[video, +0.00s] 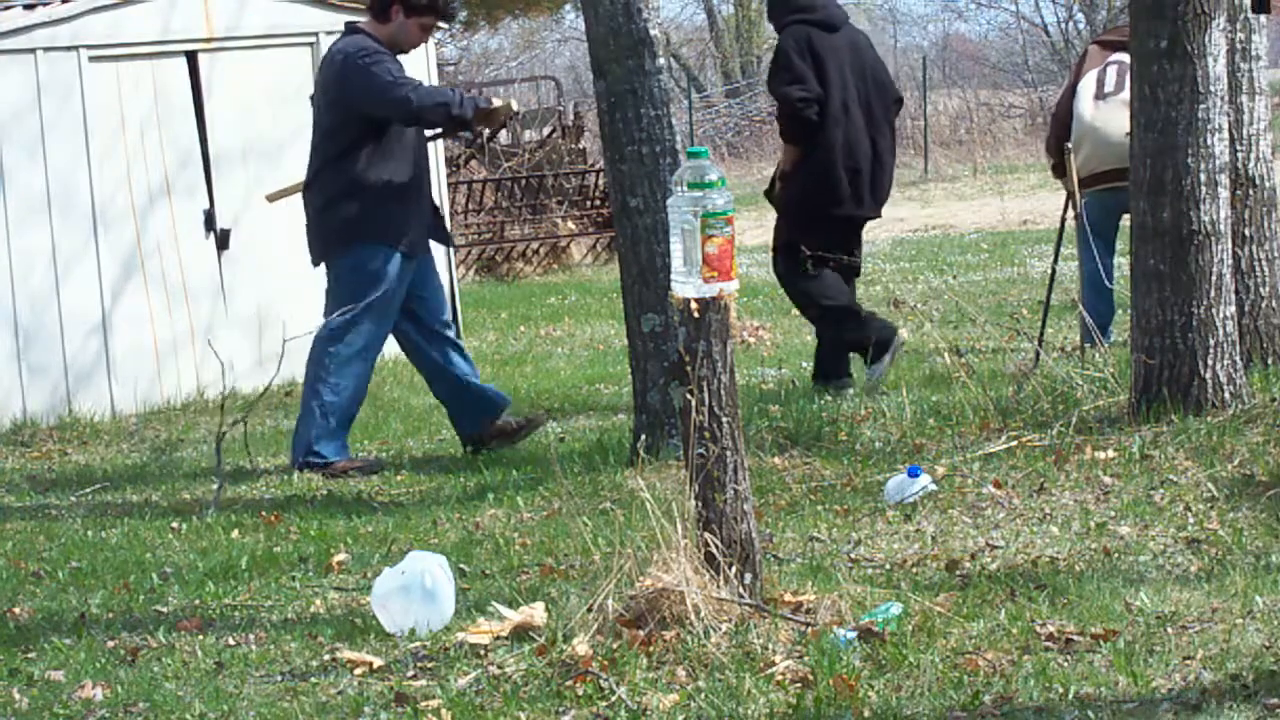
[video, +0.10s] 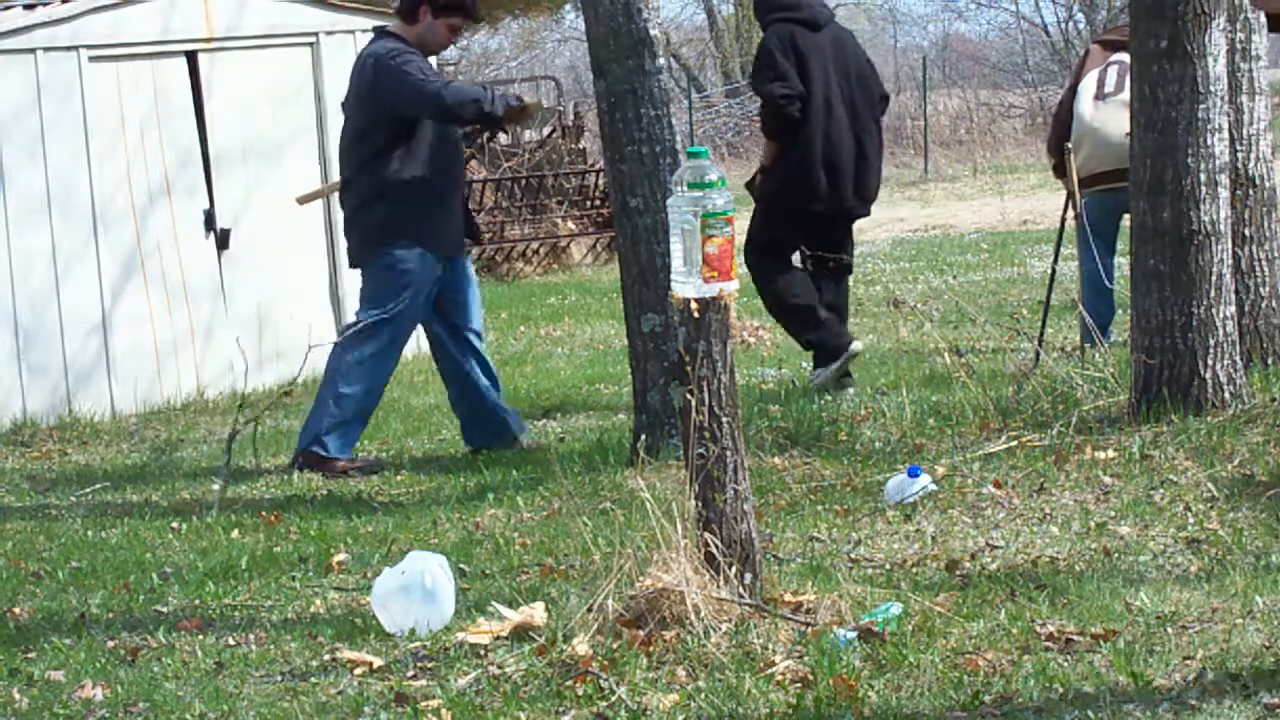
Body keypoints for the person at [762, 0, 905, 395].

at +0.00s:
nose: (770, 18)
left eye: (772, 11)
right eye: (770, 12)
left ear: (784, 8)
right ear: (823, 3)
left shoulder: (794, 40)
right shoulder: (857, 38)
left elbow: (800, 106)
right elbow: (890, 98)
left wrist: (788, 160)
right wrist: (867, 146)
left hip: (817, 176)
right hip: (863, 172)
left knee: (793, 264)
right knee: (840, 270)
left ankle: (875, 336)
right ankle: (831, 376)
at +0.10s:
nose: (757, 15)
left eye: (759, 10)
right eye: (758, 11)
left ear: (768, 8)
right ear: (811, 3)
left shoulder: (778, 38)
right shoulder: (842, 37)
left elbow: (783, 103)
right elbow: (877, 96)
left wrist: (769, 160)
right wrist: (849, 140)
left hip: (799, 174)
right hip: (848, 170)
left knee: (765, 254)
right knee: (832, 265)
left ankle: (830, 343)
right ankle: (833, 367)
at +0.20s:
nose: (741, 16)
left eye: (743, 11)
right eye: (742, 12)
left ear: (753, 8)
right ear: (798, 3)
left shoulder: (761, 40)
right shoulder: (829, 39)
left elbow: (766, 106)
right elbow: (863, 97)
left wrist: (753, 161)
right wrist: (833, 139)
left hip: (779, 178)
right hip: (832, 173)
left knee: (756, 264)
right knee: (824, 272)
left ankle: (780, 366)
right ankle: (833, 373)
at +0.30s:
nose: (725, 18)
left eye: (727, 13)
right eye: (726, 14)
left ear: (736, 11)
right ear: (781, 5)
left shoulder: (742, 45)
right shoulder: (815, 41)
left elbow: (749, 110)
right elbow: (848, 100)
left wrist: (741, 157)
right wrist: (814, 137)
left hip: (764, 185)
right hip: (816, 178)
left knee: (749, 285)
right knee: (816, 280)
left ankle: (735, 375)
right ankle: (831, 374)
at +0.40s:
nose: (707, 21)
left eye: (708, 14)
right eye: (707, 15)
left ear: (719, 13)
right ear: (761, 6)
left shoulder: (725, 48)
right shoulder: (797, 41)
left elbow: (732, 115)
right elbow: (831, 100)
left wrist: (726, 158)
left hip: (755, 186)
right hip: (807, 178)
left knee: (740, 286)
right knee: (809, 279)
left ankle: (708, 371)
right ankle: (832, 374)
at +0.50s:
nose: (686, 26)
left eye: (687, 19)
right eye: (687, 20)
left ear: (695, 18)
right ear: (738, 8)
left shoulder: (705, 55)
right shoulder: (774, 45)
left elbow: (713, 118)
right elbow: (813, 103)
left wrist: (708, 169)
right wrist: (777, 136)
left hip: (736, 191)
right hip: (788, 181)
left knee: (729, 292)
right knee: (797, 278)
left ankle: (710, 380)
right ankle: (830, 372)